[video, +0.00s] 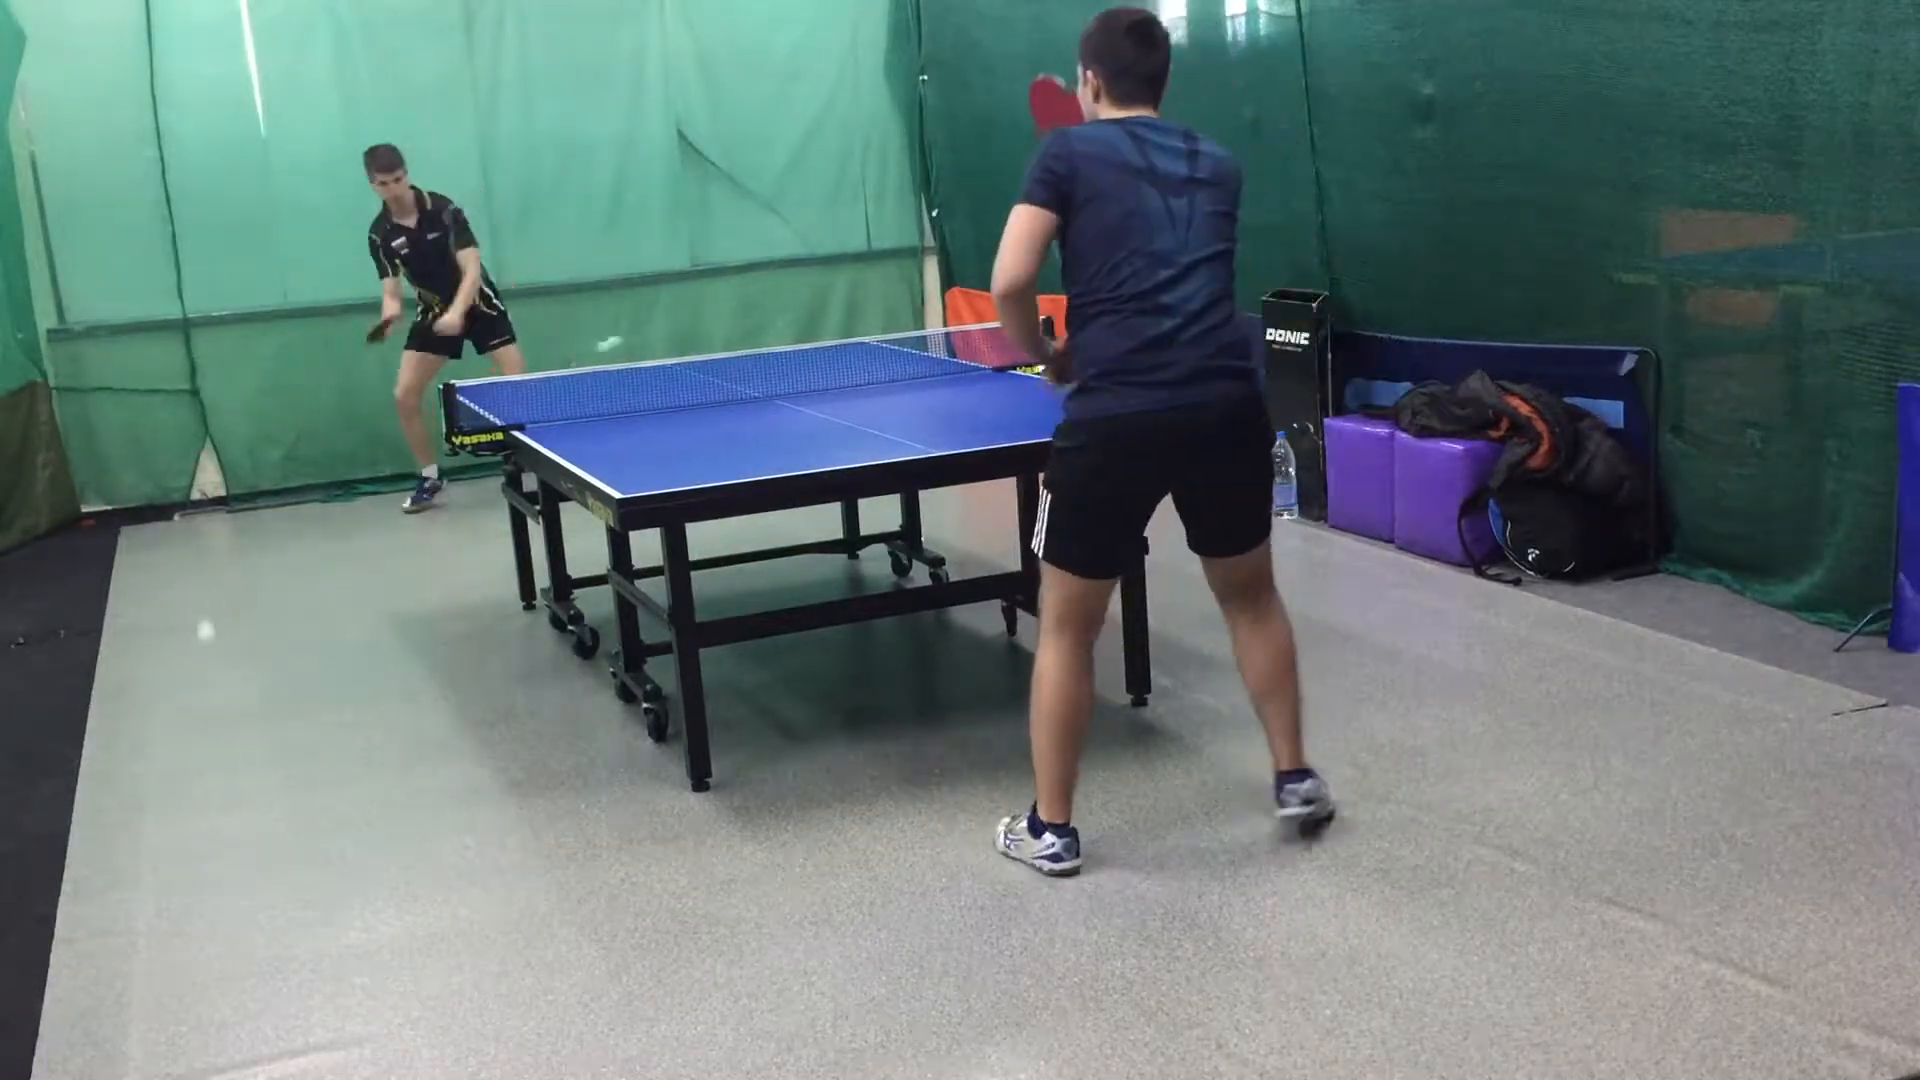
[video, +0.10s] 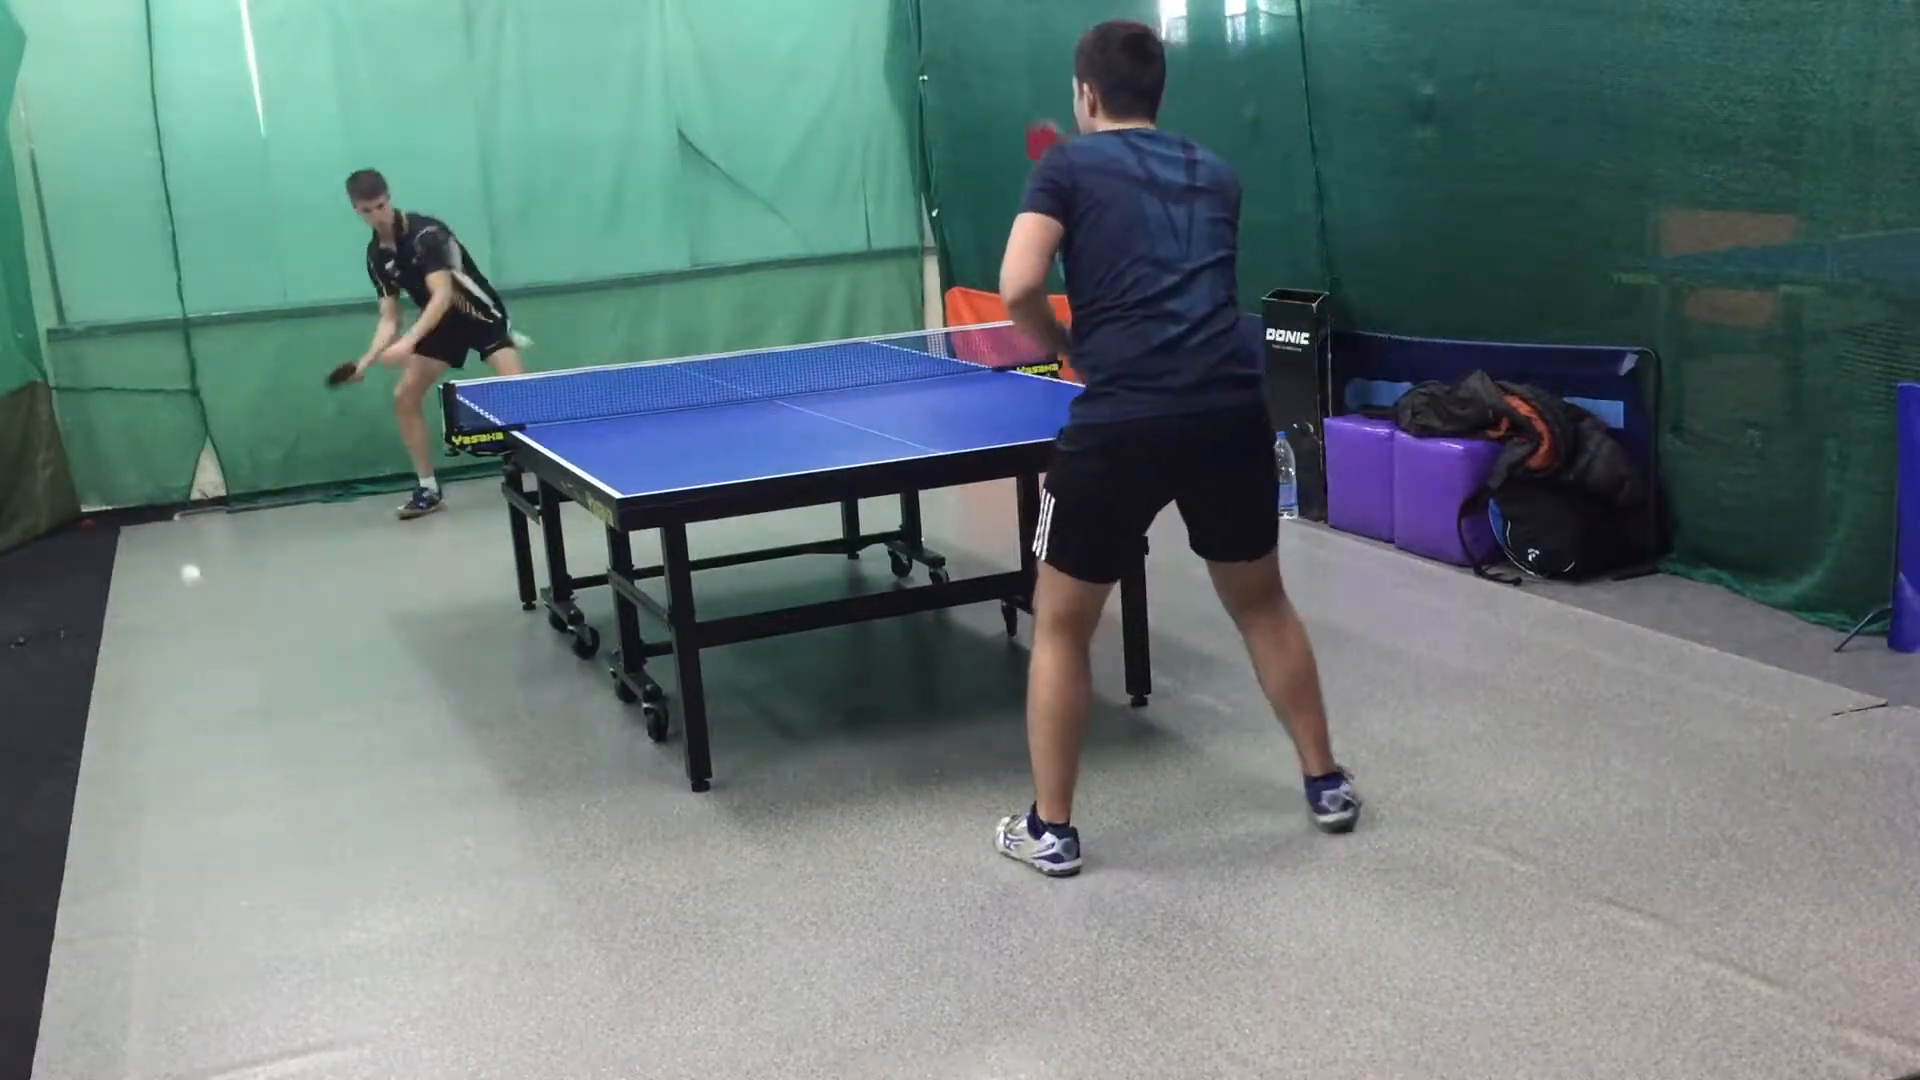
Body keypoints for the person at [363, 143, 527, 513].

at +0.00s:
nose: (392, 189)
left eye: (397, 180)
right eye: (383, 183)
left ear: (407, 174)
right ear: (372, 185)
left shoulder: (443, 210)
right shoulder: (380, 233)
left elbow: (473, 268)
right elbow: (391, 292)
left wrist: (456, 312)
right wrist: (389, 315)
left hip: (477, 301)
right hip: (434, 310)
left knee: (518, 386)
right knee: (406, 396)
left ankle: (527, 467)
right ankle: (431, 478)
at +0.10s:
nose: (376, 217)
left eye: (380, 207)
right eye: (367, 212)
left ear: (389, 199)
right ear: (357, 212)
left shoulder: (427, 233)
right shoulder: (377, 255)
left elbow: (442, 296)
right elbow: (389, 318)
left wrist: (410, 339)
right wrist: (367, 360)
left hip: (483, 316)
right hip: (441, 322)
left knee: (518, 392)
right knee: (405, 397)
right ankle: (428, 489)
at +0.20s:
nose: (363, 245)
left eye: (366, 234)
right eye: (353, 239)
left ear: (377, 225)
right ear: (345, 240)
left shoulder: (407, 261)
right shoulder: (376, 272)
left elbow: (418, 328)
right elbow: (394, 331)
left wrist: (377, 373)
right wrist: (373, 382)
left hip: (487, 340)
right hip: (444, 343)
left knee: (514, 413)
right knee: (398, 405)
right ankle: (428, 488)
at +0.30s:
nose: (354, 265)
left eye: (357, 254)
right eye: (344, 260)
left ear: (369, 243)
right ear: (336, 259)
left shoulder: (398, 275)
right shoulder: (377, 282)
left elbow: (416, 328)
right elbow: (407, 338)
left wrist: (369, 366)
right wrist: (396, 385)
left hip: (489, 354)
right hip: (444, 355)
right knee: (397, 407)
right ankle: (428, 488)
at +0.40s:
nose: (349, 259)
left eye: (351, 248)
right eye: (340, 254)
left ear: (367, 237)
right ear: (336, 254)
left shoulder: (405, 260)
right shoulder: (374, 289)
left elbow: (458, 276)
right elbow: (402, 349)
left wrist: (436, 312)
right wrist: (383, 389)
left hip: (487, 352)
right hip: (439, 355)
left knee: (512, 420)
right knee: (395, 416)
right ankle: (429, 490)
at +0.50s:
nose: (355, 236)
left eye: (357, 226)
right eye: (347, 231)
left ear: (374, 215)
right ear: (344, 233)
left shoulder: (420, 235)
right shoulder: (367, 277)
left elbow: (484, 246)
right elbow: (375, 334)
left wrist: (466, 260)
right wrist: (349, 334)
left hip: (480, 334)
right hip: (434, 348)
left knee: (530, 393)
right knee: (403, 423)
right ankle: (429, 490)